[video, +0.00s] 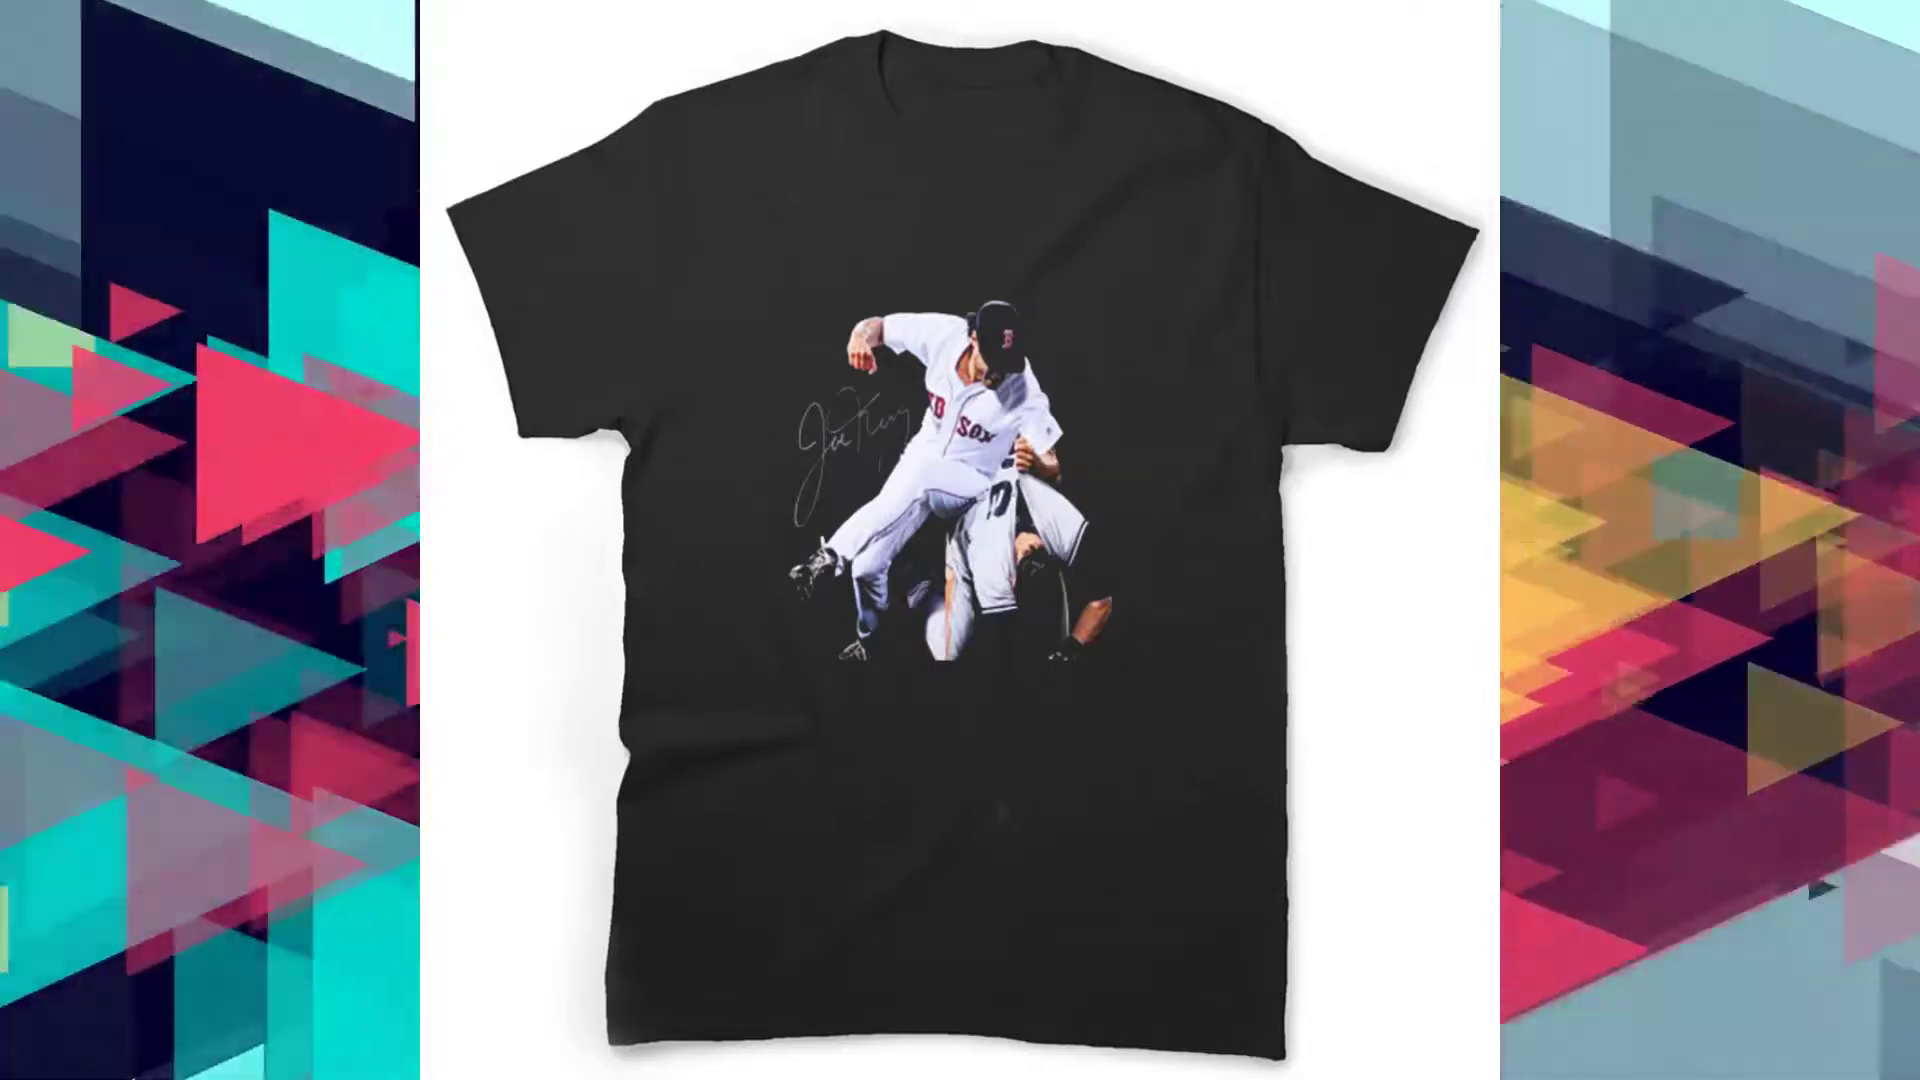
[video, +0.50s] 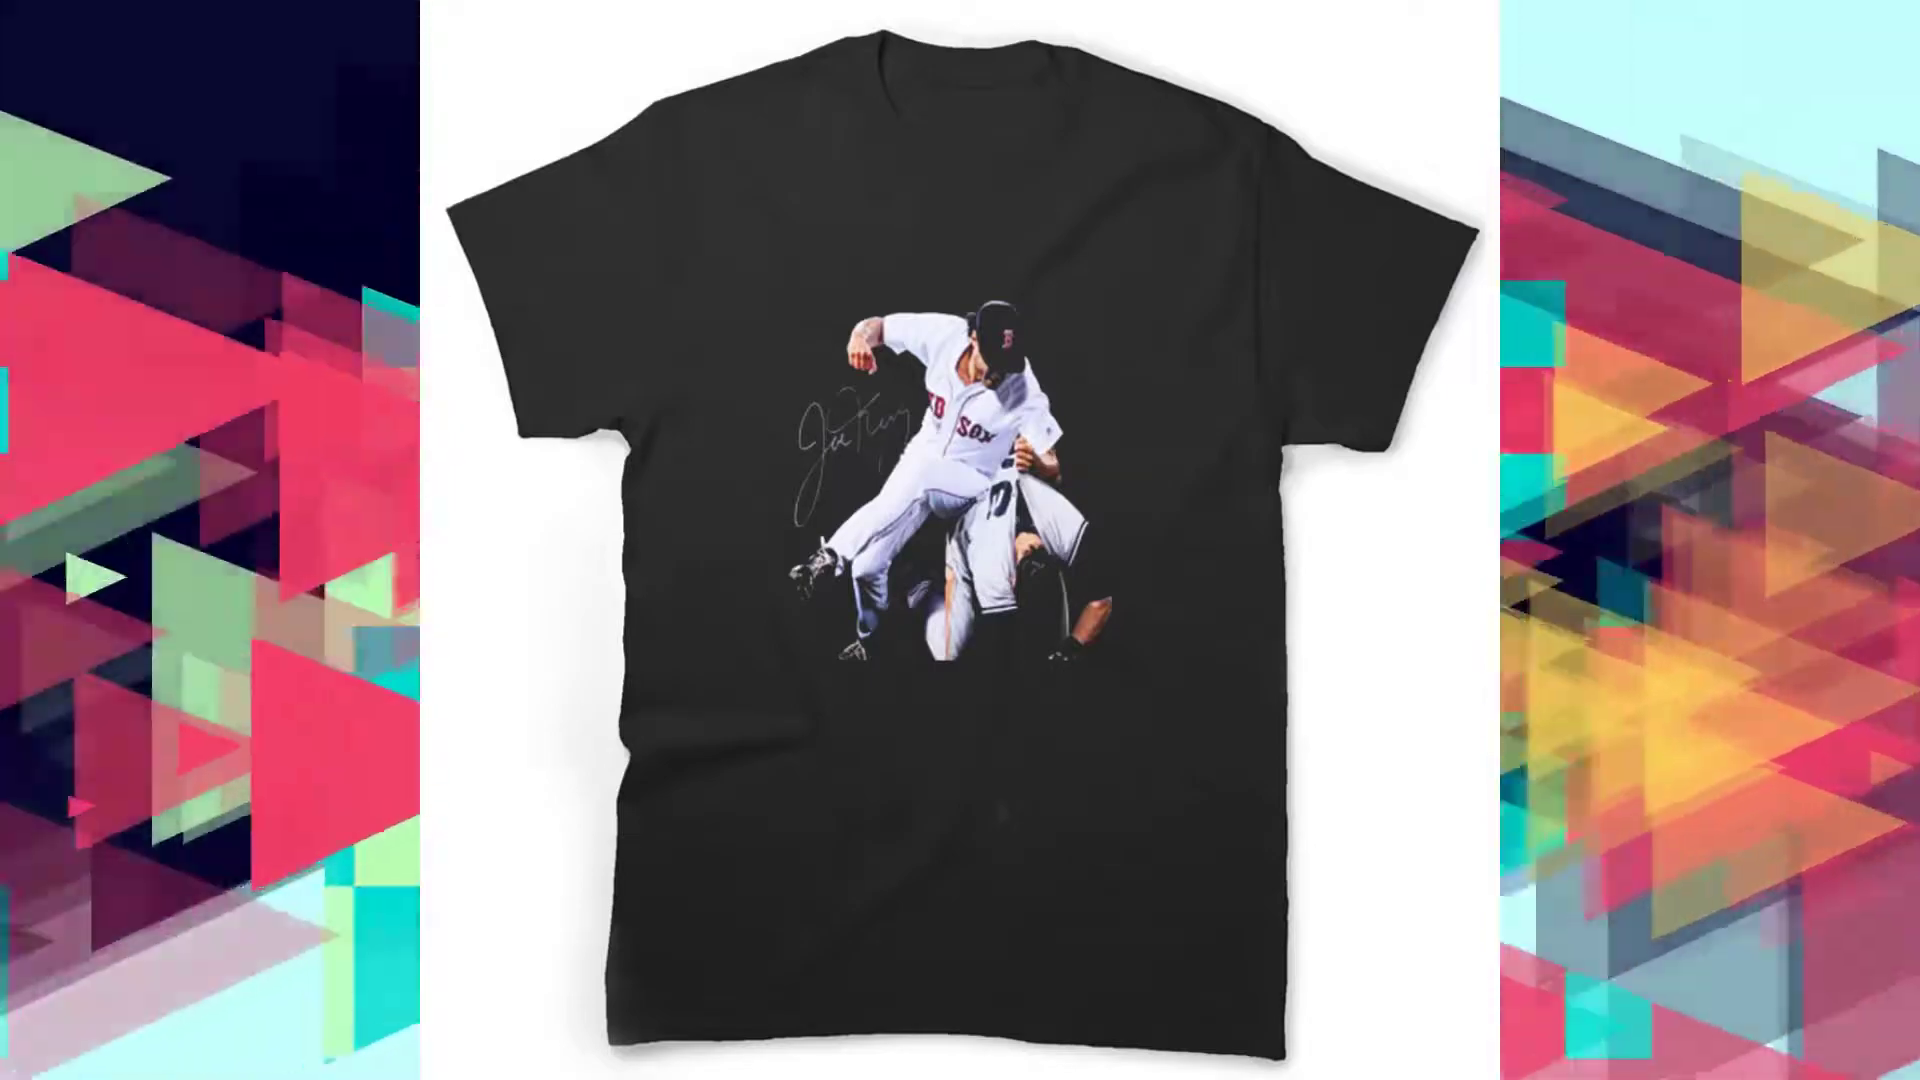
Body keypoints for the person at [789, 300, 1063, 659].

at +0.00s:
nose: (997, 374)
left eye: (1006, 367)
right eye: (991, 364)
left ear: (1017, 354)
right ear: (973, 341)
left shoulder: (1023, 389)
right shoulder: (946, 334)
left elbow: (1054, 468)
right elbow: (878, 327)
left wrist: (1038, 463)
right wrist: (861, 338)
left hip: (979, 482)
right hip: (922, 460)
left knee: (920, 476)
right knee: (867, 566)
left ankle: (828, 560)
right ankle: (871, 642)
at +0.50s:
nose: (997, 374)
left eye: (1006, 367)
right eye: (991, 364)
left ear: (1017, 354)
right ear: (973, 341)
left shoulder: (1023, 389)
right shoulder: (946, 334)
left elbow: (1054, 468)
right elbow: (878, 327)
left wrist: (1038, 463)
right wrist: (861, 338)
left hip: (979, 482)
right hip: (922, 460)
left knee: (920, 476)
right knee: (867, 566)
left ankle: (828, 560)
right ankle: (871, 642)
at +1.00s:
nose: (997, 374)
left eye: (1006, 367)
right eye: (991, 364)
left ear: (1017, 354)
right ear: (973, 341)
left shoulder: (1023, 389)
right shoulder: (946, 334)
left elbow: (1054, 468)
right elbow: (878, 327)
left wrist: (1038, 463)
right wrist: (861, 338)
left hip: (979, 482)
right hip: (922, 460)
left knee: (920, 476)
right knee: (867, 566)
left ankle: (828, 560)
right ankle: (871, 642)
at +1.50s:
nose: (997, 374)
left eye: (1006, 367)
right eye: (991, 364)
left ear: (1017, 354)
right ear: (973, 341)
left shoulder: (1023, 389)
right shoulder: (946, 334)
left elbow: (1054, 468)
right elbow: (878, 327)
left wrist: (1038, 463)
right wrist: (861, 339)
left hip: (979, 482)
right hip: (922, 460)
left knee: (920, 476)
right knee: (867, 566)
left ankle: (828, 560)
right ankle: (871, 642)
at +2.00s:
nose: (997, 374)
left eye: (1006, 367)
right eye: (992, 365)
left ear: (1017, 354)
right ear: (973, 341)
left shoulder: (1024, 390)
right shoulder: (946, 334)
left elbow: (1053, 468)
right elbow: (877, 327)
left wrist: (1038, 463)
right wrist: (861, 339)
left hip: (978, 482)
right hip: (922, 460)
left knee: (920, 477)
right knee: (867, 566)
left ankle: (828, 560)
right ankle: (871, 641)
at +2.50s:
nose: (997, 374)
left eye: (1006, 367)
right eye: (991, 364)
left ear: (1017, 354)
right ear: (973, 341)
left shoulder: (1023, 389)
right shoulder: (946, 334)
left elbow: (1054, 468)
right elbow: (878, 327)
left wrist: (1038, 463)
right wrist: (861, 338)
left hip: (979, 482)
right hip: (922, 460)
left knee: (920, 476)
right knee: (867, 566)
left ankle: (828, 560)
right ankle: (871, 641)